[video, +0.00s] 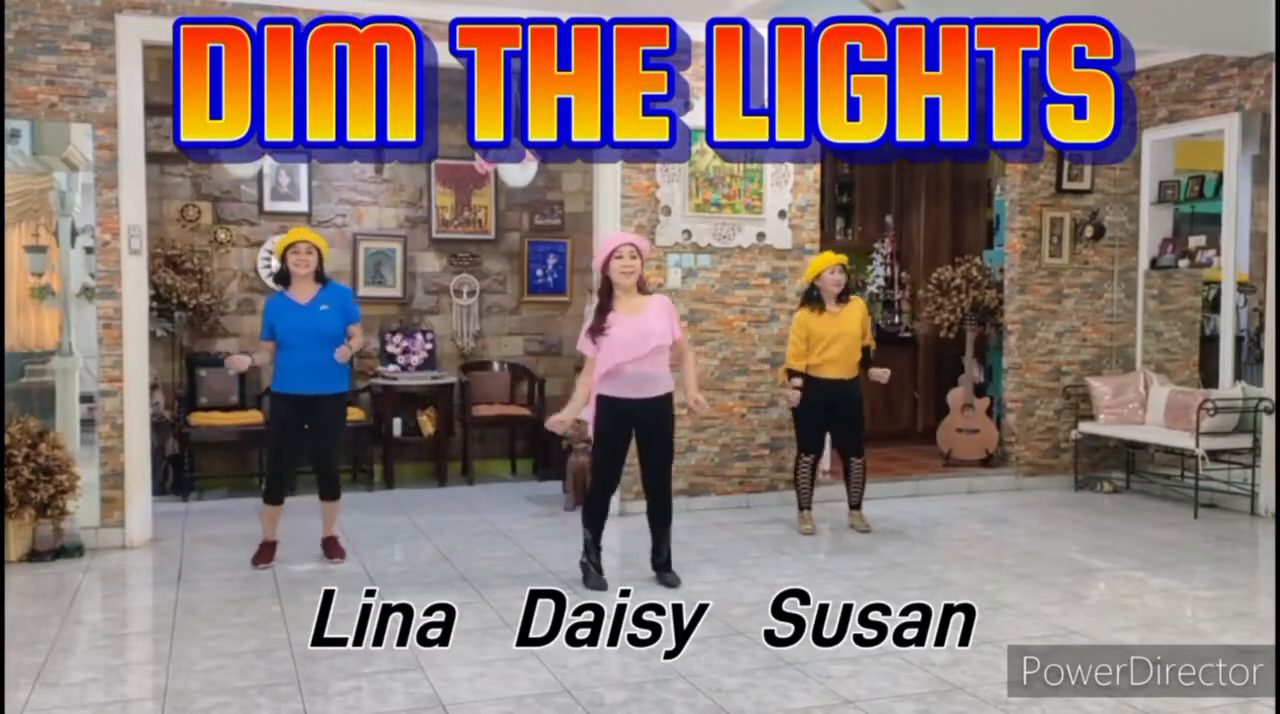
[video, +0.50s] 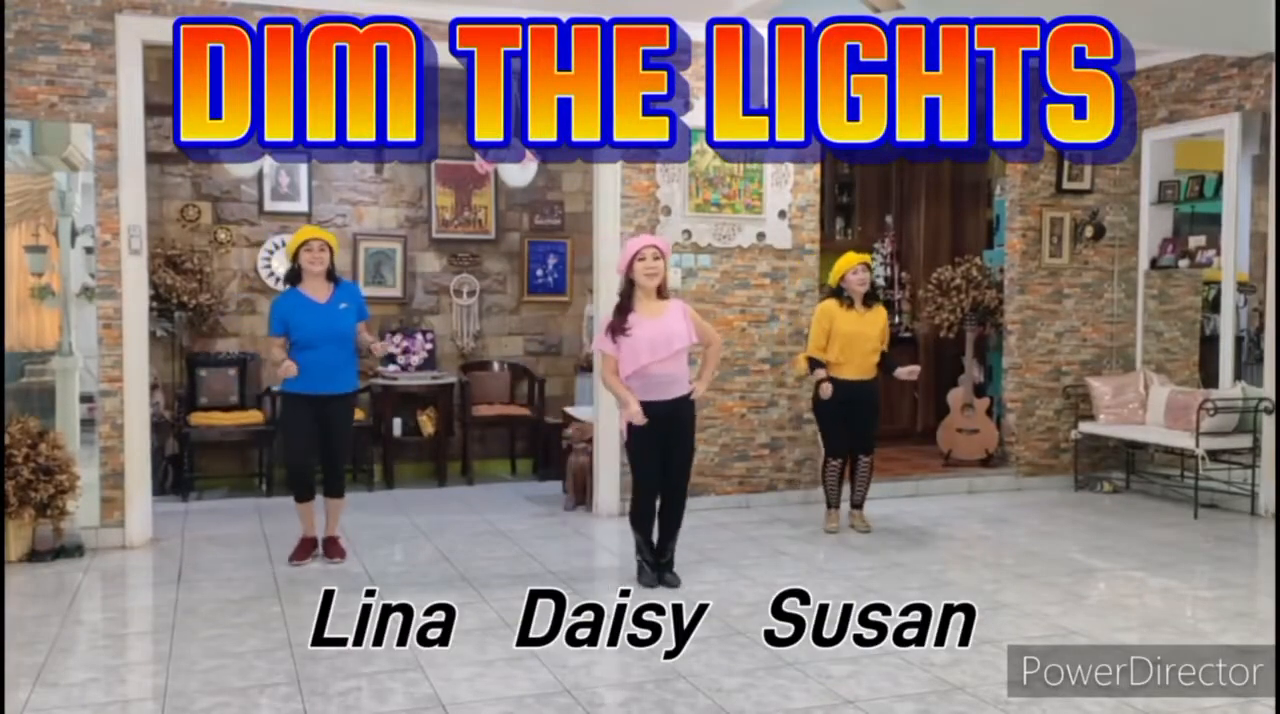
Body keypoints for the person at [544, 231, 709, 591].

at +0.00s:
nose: (627, 263)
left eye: (633, 257)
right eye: (618, 258)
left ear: (642, 265)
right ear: (606, 267)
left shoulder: (661, 304)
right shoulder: (601, 312)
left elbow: (684, 349)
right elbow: (589, 369)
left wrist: (692, 389)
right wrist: (571, 412)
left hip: (657, 403)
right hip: (612, 404)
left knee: (659, 485)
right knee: (603, 483)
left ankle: (662, 561)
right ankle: (591, 557)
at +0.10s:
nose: (632, 263)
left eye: (639, 257)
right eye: (625, 258)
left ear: (648, 266)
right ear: (612, 268)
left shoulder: (669, 305)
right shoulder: (609, 315)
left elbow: (701, 340)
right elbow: (597, 370)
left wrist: (699, 385)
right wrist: (588, 415)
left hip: (665, 403)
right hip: (622, 405)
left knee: (664, 486)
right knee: (610, 483)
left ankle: (663, 560)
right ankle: (596, 558)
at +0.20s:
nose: (639, 262)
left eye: (645, 256)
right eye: (631, 257)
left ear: (654, 264)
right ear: (619, 268)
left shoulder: (676, 303)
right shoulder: (614, 314)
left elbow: (713, 331)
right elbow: (603, 369)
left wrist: (703, 374)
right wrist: (602, 413)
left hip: (671, 404)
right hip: (627, 405)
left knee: (667, 488)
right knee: (617, 485)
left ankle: (663, 562)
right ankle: (608, 558)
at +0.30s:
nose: (644, 261)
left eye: (650, 256)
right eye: (636, 257)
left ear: (658, 264)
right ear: (623, 267)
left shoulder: (679, 302)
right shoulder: (618, 313)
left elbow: (714, 325)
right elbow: (606, 368)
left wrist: (705, 368)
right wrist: (612, 402)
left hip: (674, 404)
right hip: (631, 405)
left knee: (668, 488)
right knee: (627, 487)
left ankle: (664, 561)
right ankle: (627, 560)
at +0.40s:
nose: (647, 262)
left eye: (653, 256)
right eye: (639, 257)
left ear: (662, 265)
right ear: (627, 268)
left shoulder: (681, 304)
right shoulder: (620, 317)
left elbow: (713, 332)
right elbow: (608, 373)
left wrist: (703, 374)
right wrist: (621, 399)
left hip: (677, 404)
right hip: (637, 406)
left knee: (671, 487)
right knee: (639, 487)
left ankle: (665, 560)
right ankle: (642, 557)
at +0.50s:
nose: (650, 265)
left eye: (656, 259)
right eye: (642, 260)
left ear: (665, 268)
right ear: (629, 270)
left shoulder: (680, 310)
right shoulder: (620, 319)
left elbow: (713, 341)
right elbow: (608, 373)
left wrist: (701, 382)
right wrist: (629, 400)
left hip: (680, 407)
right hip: (642, 411)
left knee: (676, 488)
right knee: (647, 488)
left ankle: (665, 560)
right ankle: (645, 558)